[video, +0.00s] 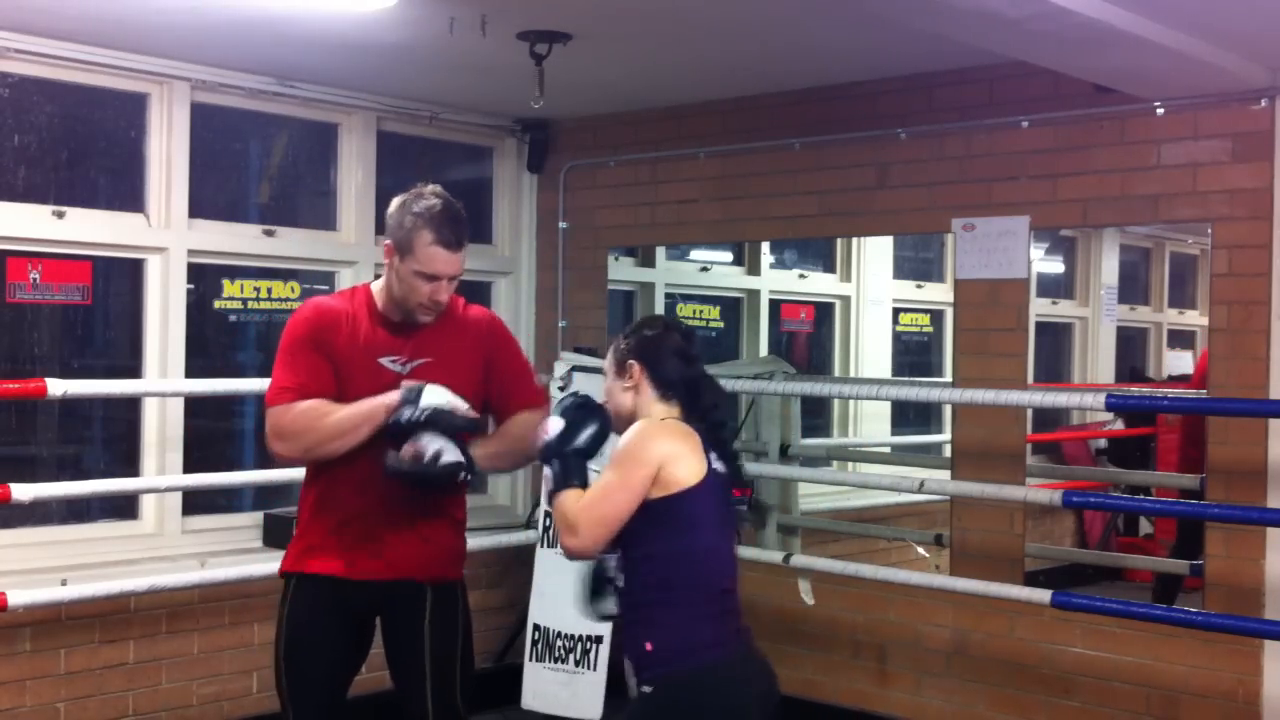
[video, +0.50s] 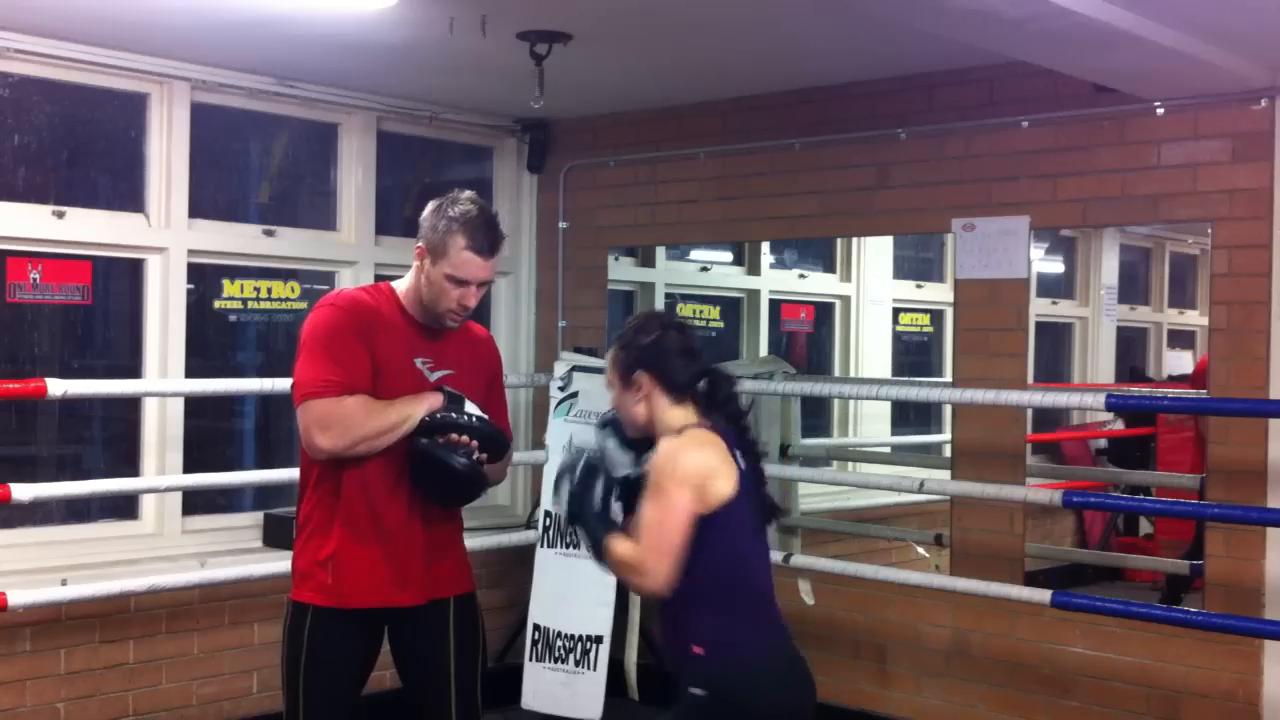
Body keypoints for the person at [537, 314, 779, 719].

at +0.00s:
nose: (604, 395)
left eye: (608, 379)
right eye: (605, 379)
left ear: (634, 375)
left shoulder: (652, 437)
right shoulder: (695, 438)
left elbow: (578, 537)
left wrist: (566, 459)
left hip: (681, 683)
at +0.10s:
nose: (621, 393)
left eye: (624, 377)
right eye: (619, 378)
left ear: (654, 374)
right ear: (699, 375)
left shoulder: (656, 435)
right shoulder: (743, 444)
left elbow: (601, 546)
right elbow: (760, 566)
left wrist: (585, 468)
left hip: (692, 675)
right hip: (766, 666)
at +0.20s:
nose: (636, 388)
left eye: (637, 373)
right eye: (633, 375)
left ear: (667, 367)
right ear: (714, 369)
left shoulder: (662, 430)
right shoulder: (768, 443)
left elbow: (611, 541)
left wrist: (595, 463)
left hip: (701, 672)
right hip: (782, 663)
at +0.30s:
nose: (641, 385)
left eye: (643, 371)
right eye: (639, 372)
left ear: (673, 365)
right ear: (720, 369)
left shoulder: (665, 431)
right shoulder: (770, 443)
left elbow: (610, 540)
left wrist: (597, 460)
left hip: (697, 666)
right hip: (778, 659)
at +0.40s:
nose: (635, 390)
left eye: (635, 375)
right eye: (631, 376)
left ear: (663, 370)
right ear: (712, 369)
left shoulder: (662, 437)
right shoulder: (757, 438)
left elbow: (612, 549)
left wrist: (593, 469)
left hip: (705, 674)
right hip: (779, 663)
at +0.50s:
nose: (611, 403)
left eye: (613, 388)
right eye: (611, 389)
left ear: (642, 387)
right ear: (683, 379)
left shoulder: (681, 454)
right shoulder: (717, 438)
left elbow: (653, 574)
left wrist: (593, 520)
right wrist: (631, 484)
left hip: (726, 689)